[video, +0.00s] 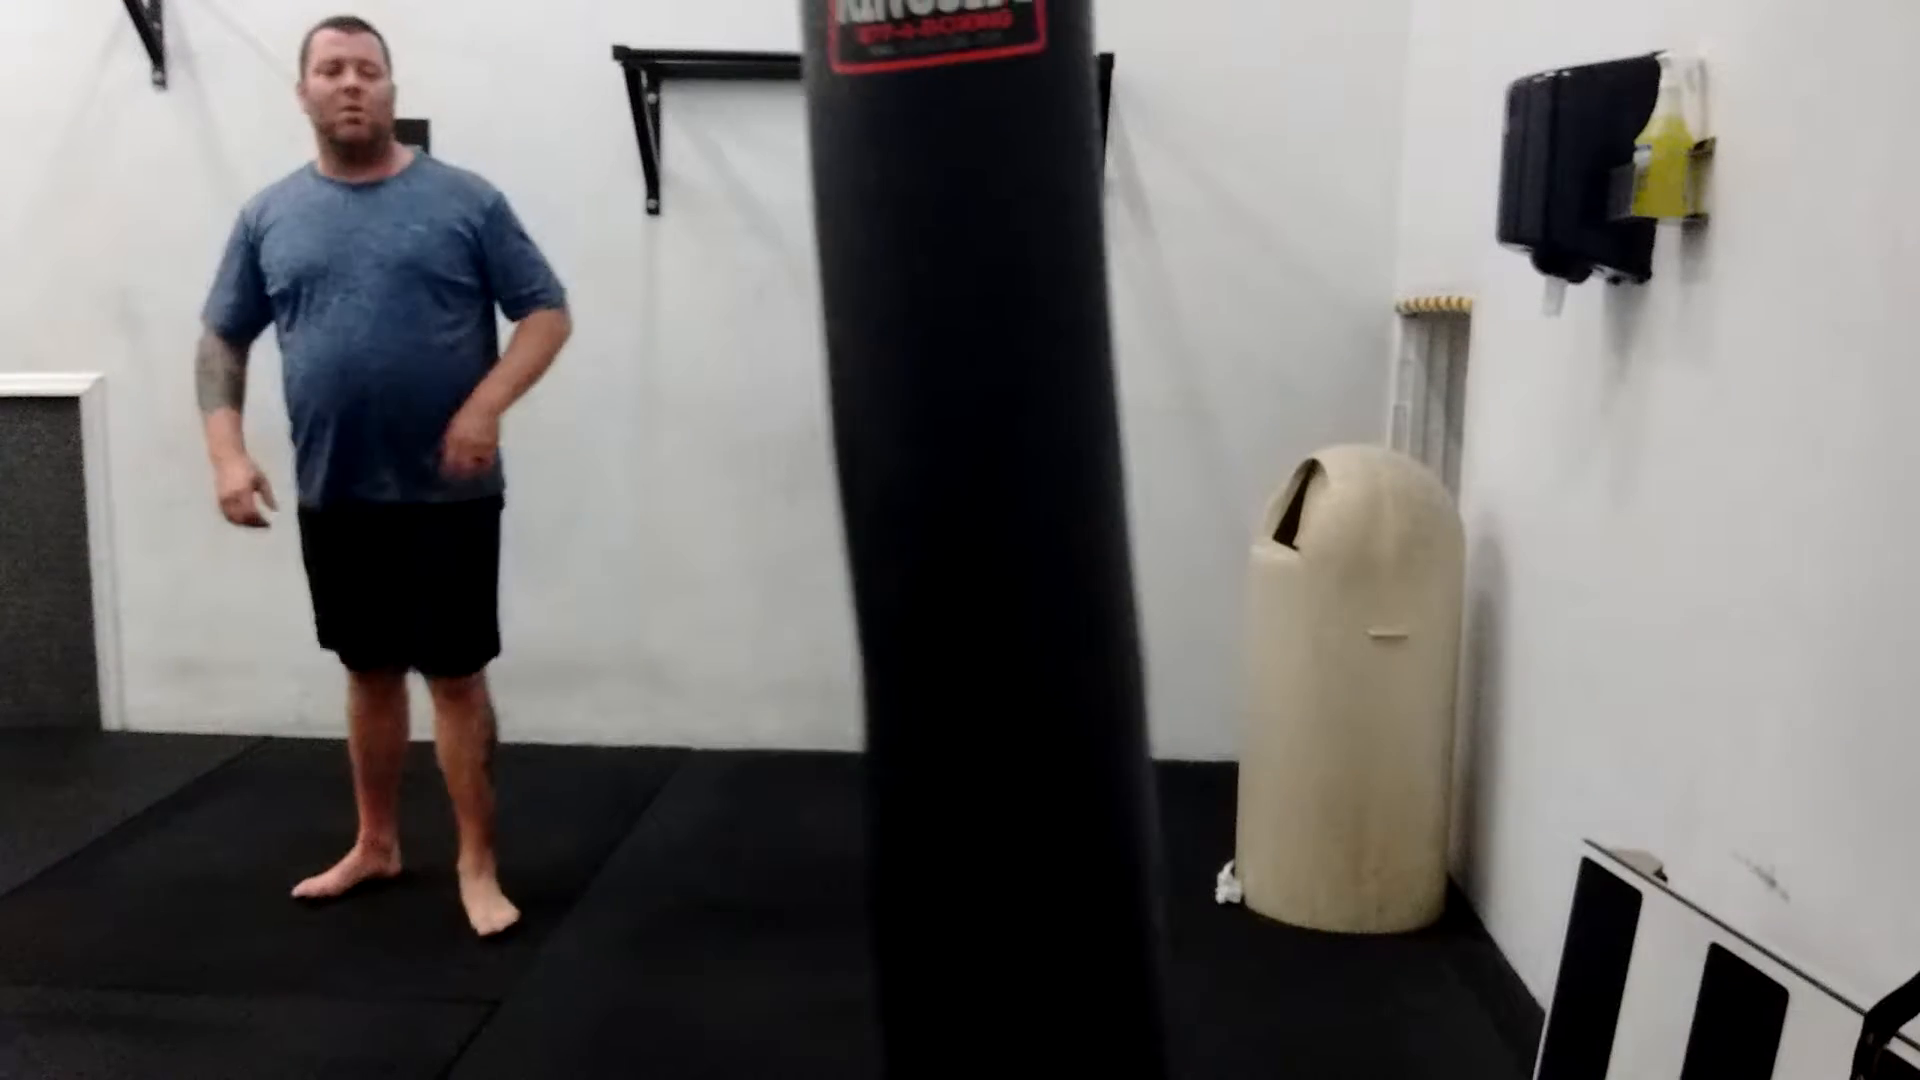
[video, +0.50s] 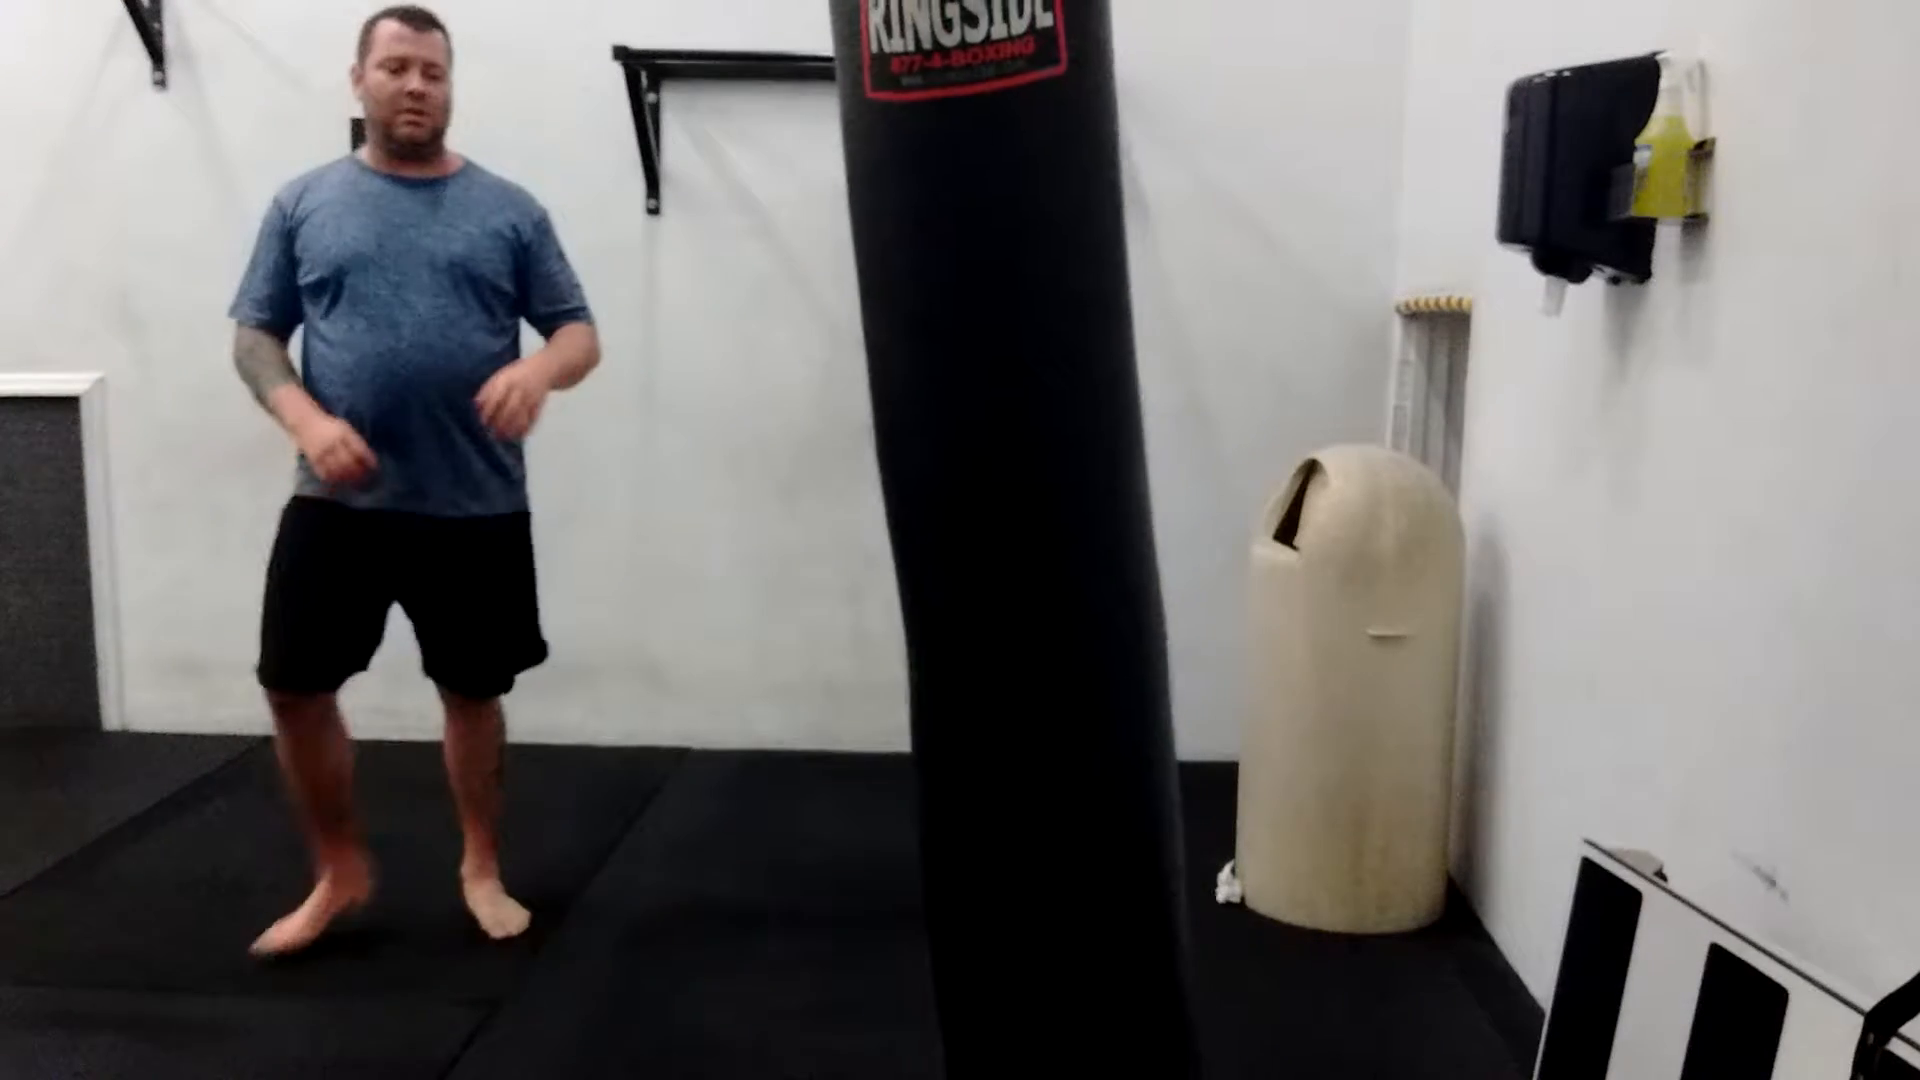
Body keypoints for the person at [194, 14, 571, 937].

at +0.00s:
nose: (350, 84)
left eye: (365, 71)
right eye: (332, 72)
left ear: (392, 90)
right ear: (302, 94)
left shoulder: (465, 199)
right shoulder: (270, 215)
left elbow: (547, 315)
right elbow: (221, 340)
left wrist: (485, 406)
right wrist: (226, 454)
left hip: (451, 483)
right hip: (339, 487)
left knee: (458, 680)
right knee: (368, 676)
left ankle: (478, 870)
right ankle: (375, 846)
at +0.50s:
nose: (416, 85)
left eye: (433, 72)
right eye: (396, 69)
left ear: (452, 92)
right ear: (358, 86)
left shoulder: (510, 211)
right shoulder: (306, 204)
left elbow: (578, 335)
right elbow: (253, 341)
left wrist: (538, 370)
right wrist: (308, 422)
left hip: (473, 501)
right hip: (340, 501)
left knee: (474, 695)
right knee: (295, 687)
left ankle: (482, 873)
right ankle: (341, 871)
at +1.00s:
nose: (316, 64)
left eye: (331, 47)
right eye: (292, 46)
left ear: (354, 67)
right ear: (252, 69)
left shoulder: (428, 192)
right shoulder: (204, 201)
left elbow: (506, 332)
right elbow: (105, 331)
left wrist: (437, 423)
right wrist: (191, 442)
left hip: (420, 519)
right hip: (274, 527)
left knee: (488, 710)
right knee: (286, 744)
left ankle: (466, 866)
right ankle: (279, 966)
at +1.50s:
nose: (373, 40)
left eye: (392, 23)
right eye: (350, 22)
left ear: (419, 48)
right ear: (312, 49)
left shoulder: (494, 186)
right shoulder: (257, 188)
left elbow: (576, 330)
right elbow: (215, 343)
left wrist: (504, 406)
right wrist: (254, 433)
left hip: (460, 532)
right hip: (309, 535)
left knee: (490, 752)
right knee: (279, 759)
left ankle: (518, 961)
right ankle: (280, 967)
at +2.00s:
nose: (373, 30)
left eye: (395, 21)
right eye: (350, 15)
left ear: (418, 60)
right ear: (311, 47)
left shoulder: (477, 193)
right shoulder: (236, 177)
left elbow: (551, 350)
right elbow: (156, 328)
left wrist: (470, 417)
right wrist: (196, 454)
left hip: (433, 537)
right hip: (281, 533)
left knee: (475, 761)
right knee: (264, 770)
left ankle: (515, 966)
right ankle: (256, 987)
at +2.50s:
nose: (326, 37)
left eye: (339, 23)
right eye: (298, 19)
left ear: (353, 52)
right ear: (242, 44)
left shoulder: (410, 197)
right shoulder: (170, 188)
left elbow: (468, 352)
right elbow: (96, 352)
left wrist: (451, 472)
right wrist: (212, 458)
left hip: (383, 545)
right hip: (234, 549)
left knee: (431, 765)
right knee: (248, 777)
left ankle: (494, 971)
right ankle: (256, 986)